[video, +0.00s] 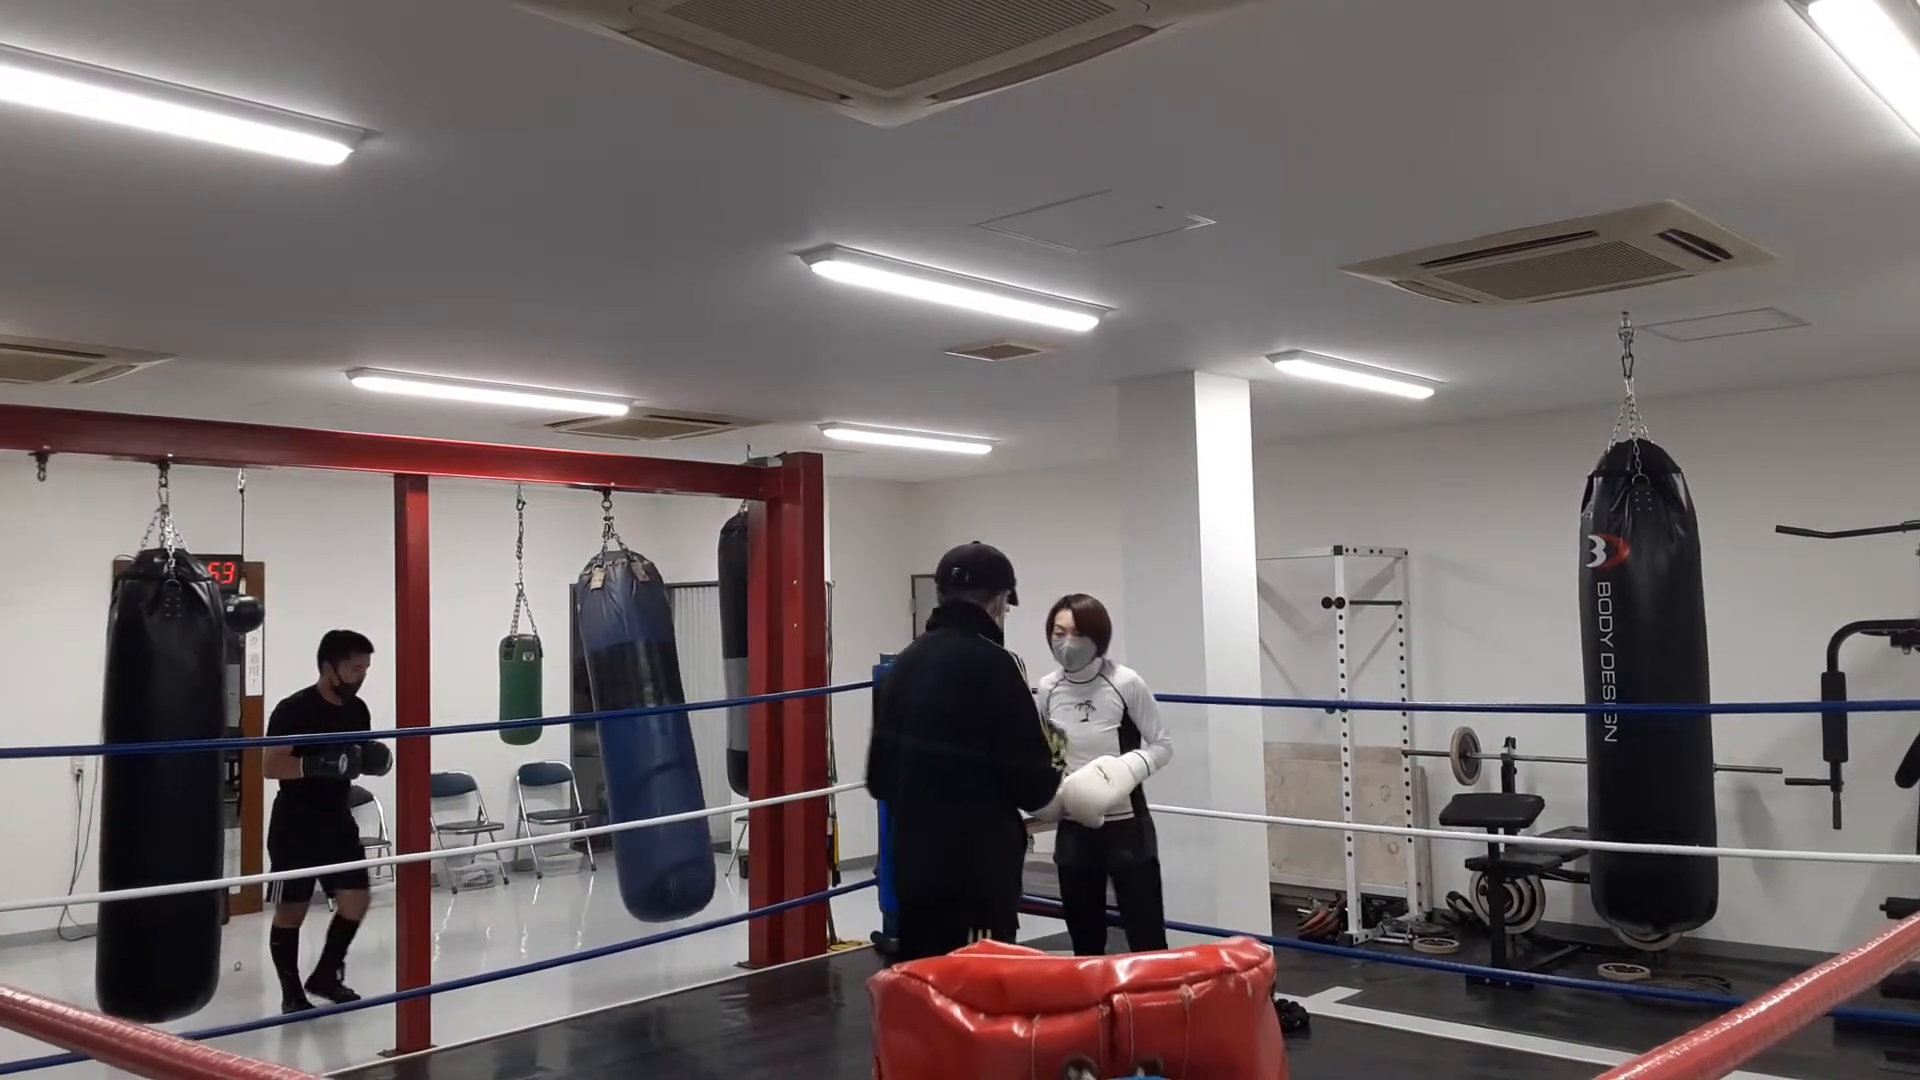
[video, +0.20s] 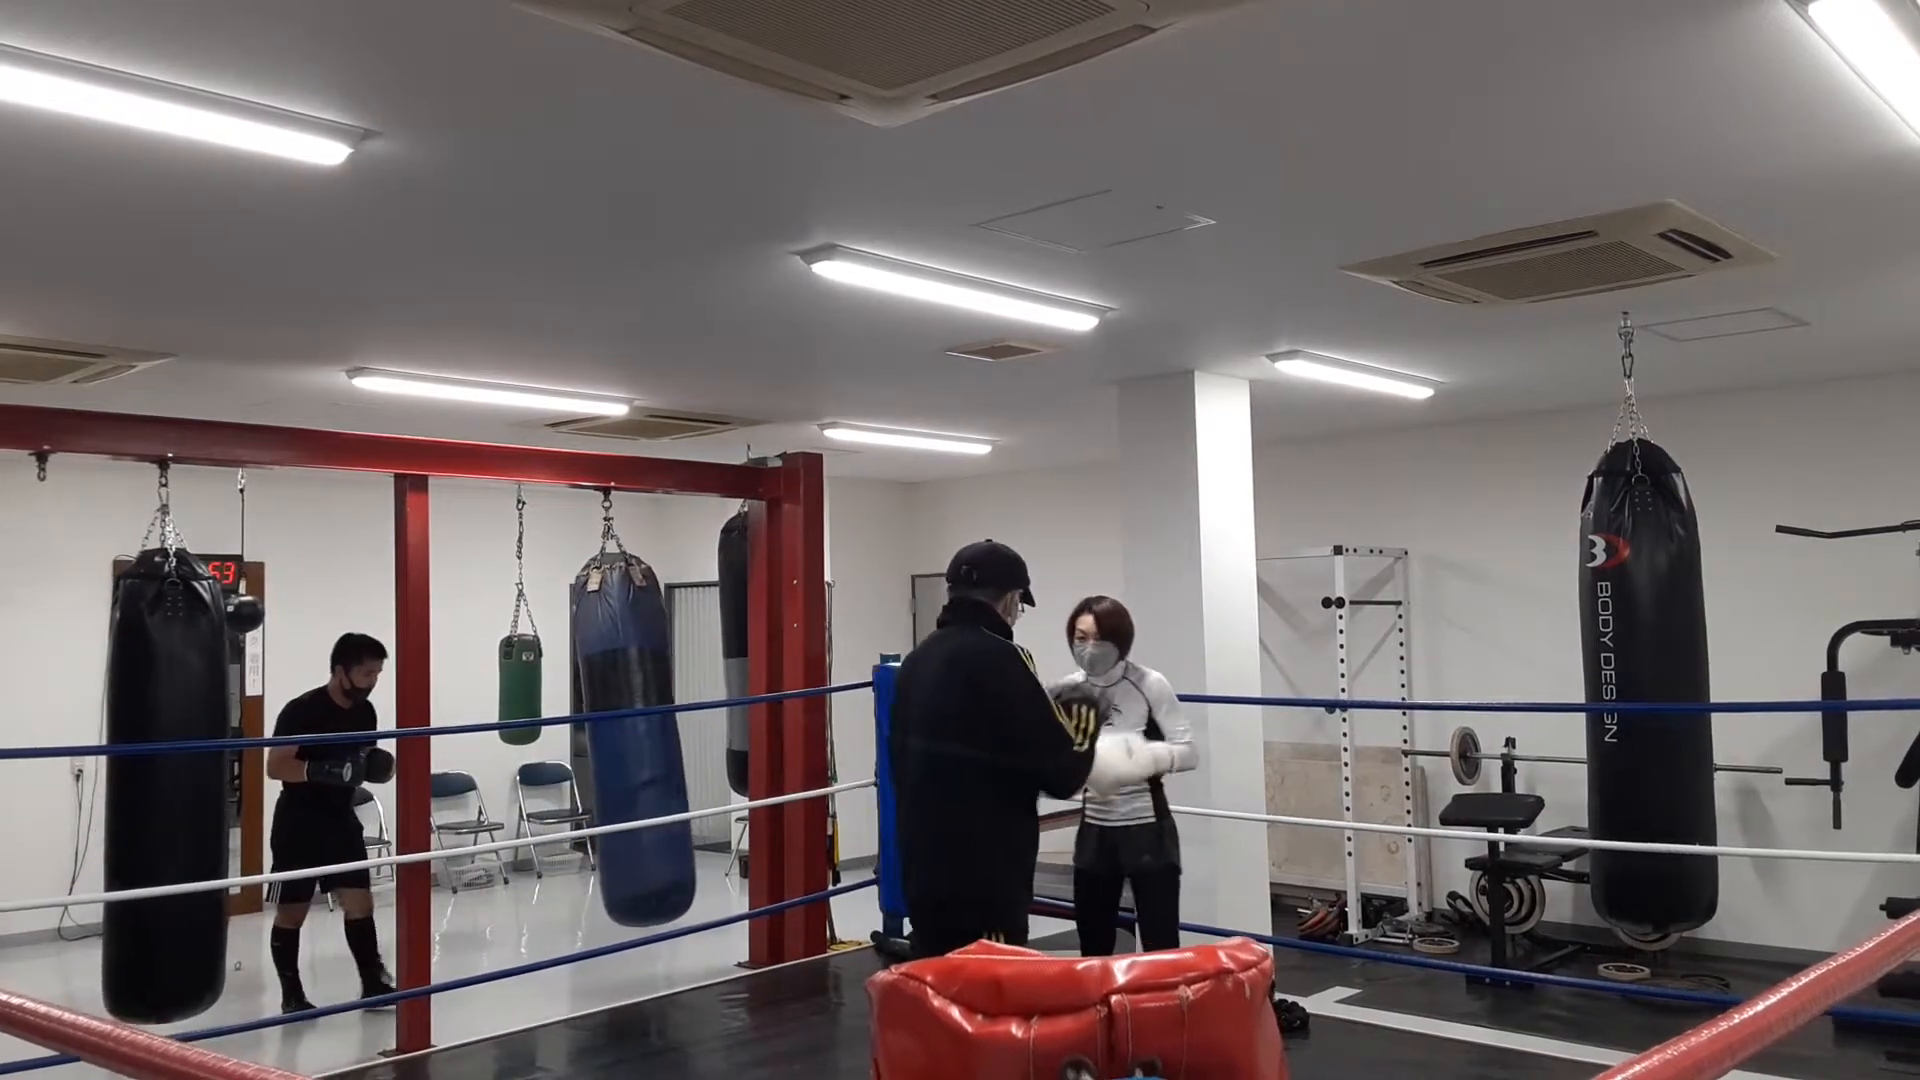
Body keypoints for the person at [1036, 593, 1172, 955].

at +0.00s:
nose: (1067, 643)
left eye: (1078, 634)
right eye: (1059, 633)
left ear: (1098, 637)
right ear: (1049, 638)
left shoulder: (1125, 683)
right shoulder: (1046, 689)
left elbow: (1162, 746)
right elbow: (1035, 753)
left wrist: (1124, 771)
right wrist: (1052, 790)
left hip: (1127, 827)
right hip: (1074, 830)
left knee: (1146, 943)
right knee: (1087, 947)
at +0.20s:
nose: (1089, 648)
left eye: (1099, 638)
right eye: (1080, 638)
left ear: (1119, 640)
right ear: (1071, 641)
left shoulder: (1150, 685)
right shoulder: (1067, 691)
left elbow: (1188, 752)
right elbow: (1050, 752)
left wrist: (1143, 757)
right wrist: (1085, 762)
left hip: (1148, 828)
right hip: (1095, 829)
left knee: (1159, 948)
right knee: (1094, 949)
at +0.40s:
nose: (1098, 642)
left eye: (1107, 631)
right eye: (1096, 633)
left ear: (1126, 637)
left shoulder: (1163, 679)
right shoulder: (1089, 687)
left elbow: (1199, 747)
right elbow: (1080, 759)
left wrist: (1151, 703)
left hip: (1165, 829)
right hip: (1112, 829)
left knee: (1172, 949)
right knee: (1090, 942)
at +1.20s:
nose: (1134, 664)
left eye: (1146, 654)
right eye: (1128, 653)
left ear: (1165, 656)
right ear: (1119, 655)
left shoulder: (1193, 702)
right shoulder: (1127, 716)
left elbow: (1232, 754)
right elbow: (1098, 778)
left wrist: (1184, 705)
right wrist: (1099, 720)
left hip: (1206, 865)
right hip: (1159, 864)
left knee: (1193, 969)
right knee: (1119, 961)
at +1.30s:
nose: (1143, 666)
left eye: (1154, 657)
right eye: (1142, 656)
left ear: (1177, 663)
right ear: (1140, 658)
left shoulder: (1204, 705)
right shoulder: (1140, 713)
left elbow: (1243, 763)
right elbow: (1111, 785)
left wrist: (1184, 727)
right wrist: (1128, 739)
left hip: (1217, 875)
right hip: (1164, 874)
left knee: (1231, 980)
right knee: (1132, 975)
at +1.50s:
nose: (1190, 649)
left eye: (1202, 639)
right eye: (1181, 638)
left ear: (1227, 644)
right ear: (1170, 643)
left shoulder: (1250, 701)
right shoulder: (1162, 703)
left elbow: (1305, 766)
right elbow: (1120, 737)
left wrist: (1275, 726)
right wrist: (1132, 720)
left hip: (1258, 860)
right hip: (1191, 863)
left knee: (1270, 991)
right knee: (1168, 983)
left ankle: (1289, 1069)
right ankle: (1166, 1072)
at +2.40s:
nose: (1200, 648)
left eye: (1212, 637)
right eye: (1194, 639)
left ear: (1244, 640)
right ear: (1188, 644)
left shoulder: (1288, 703)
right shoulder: (1189, 709)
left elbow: (1343, 785)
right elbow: (1138, 760)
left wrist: (1289, 768)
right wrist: (1143, 712)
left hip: (1293, 888)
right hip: (1229, 888)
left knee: (1280, 1032)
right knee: (1214, 1015)